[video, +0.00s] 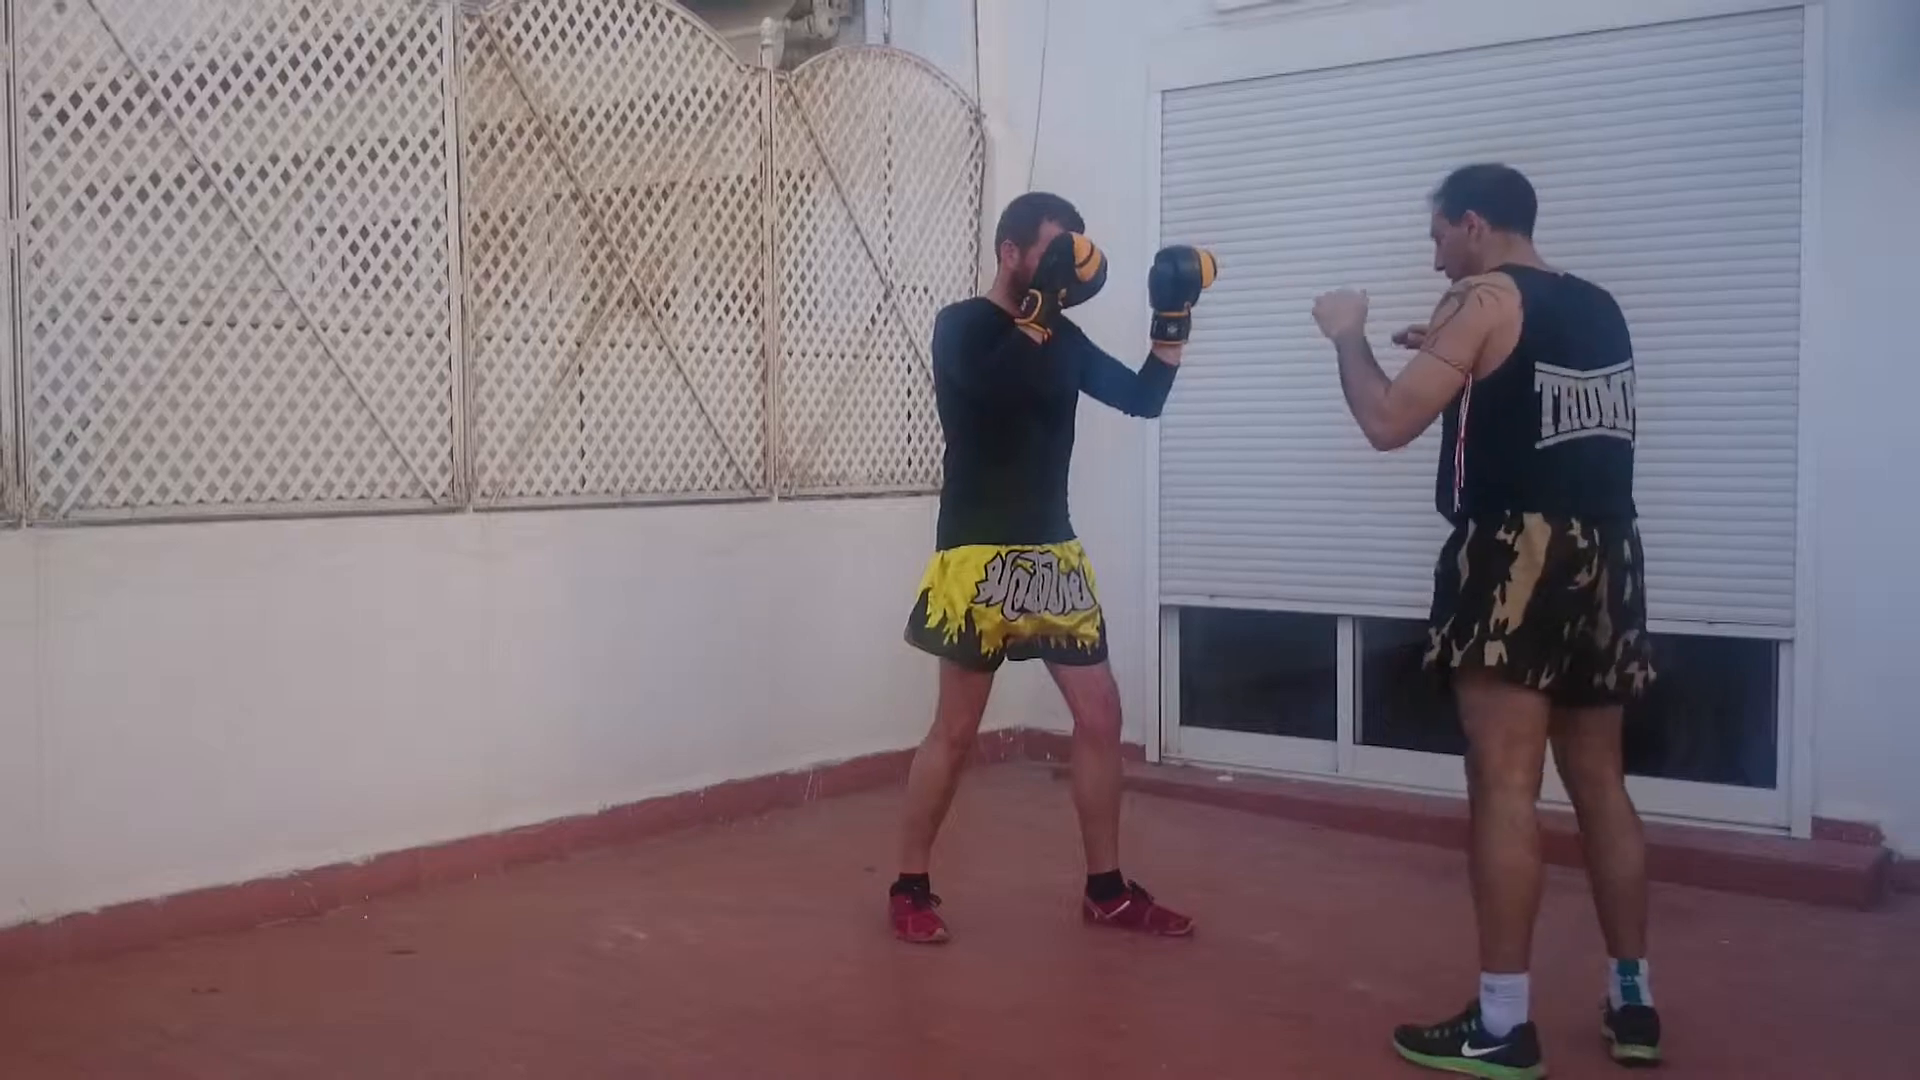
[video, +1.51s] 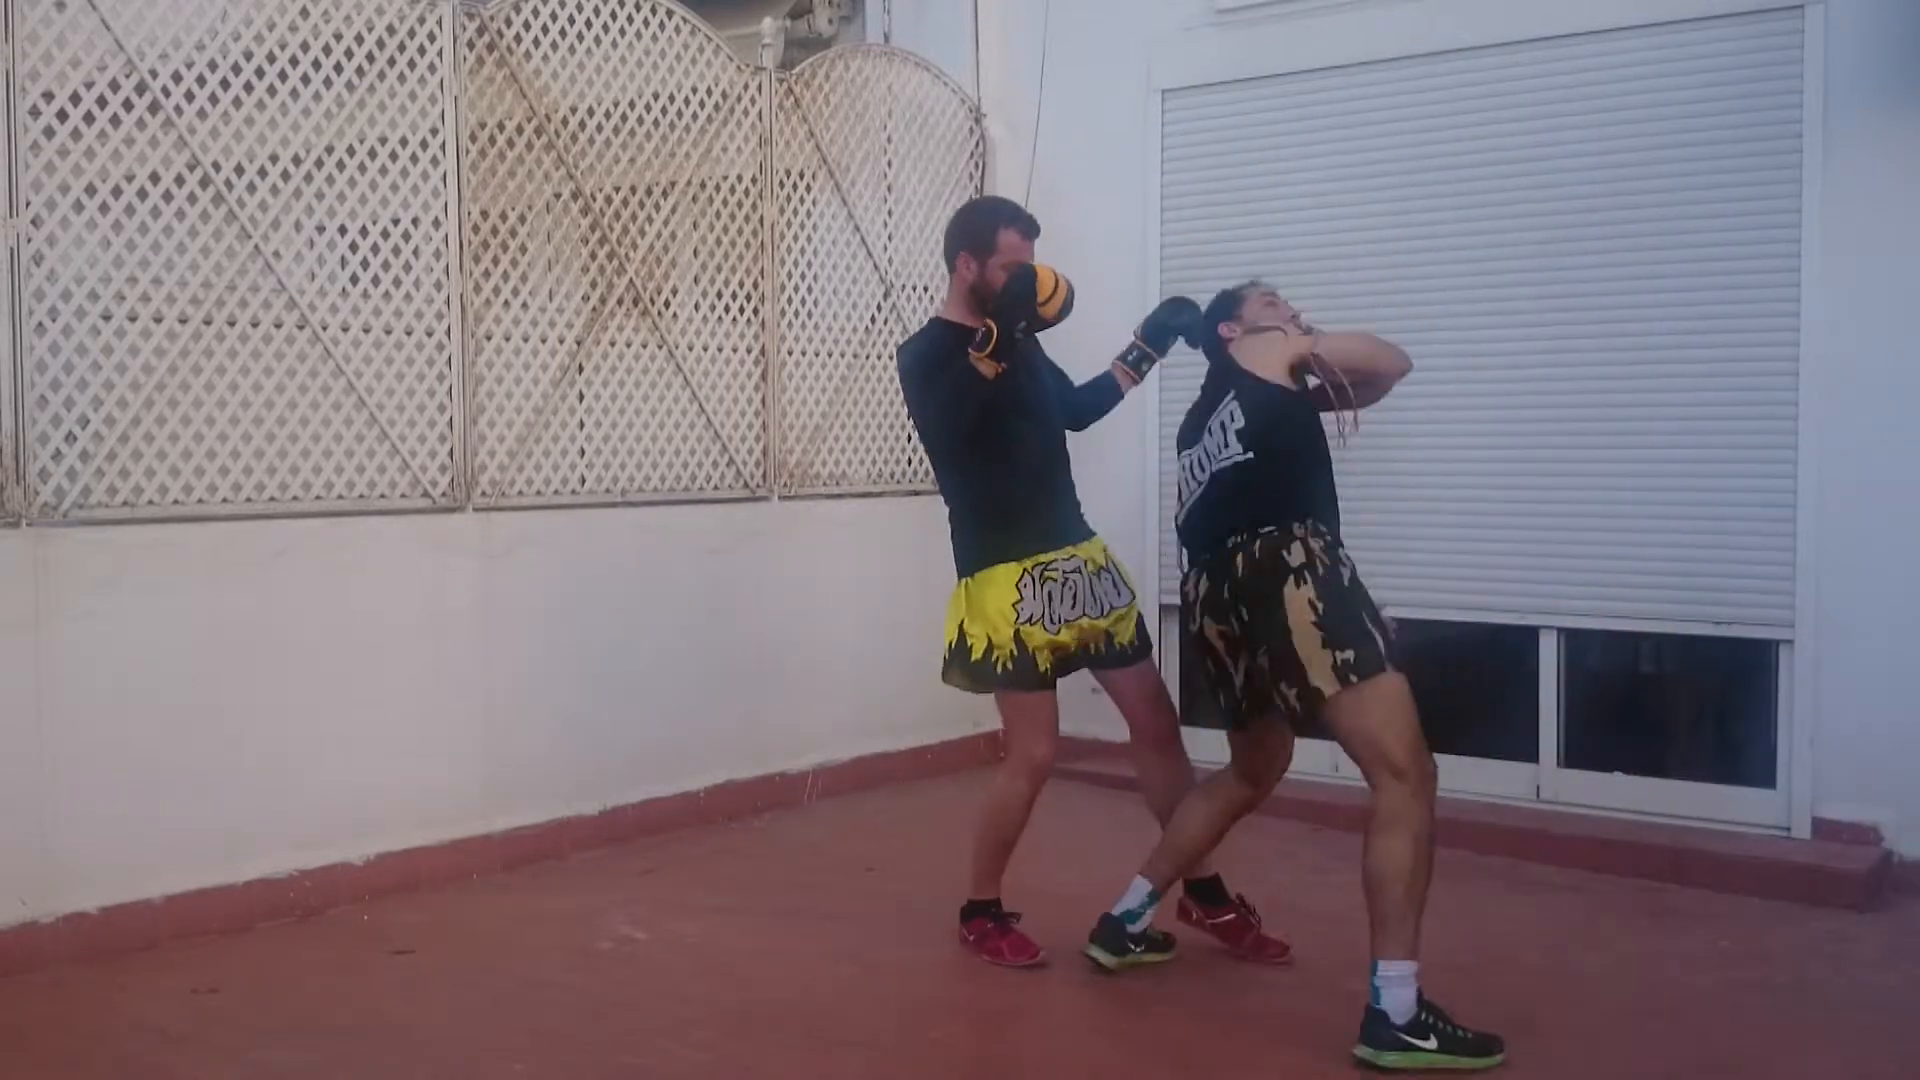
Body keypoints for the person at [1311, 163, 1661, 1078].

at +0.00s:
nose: (1440, 252)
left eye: (1442, 236)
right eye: (1438, 238)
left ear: (1473, 225)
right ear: (1522, 225)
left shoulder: (1488, 301)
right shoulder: (1599, 305)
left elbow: (1389, 420)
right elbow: (1541, 405)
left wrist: (1348, 335)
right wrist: (1460, 339)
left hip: (1513, 564)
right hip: (1605, 566)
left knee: (1504, 787)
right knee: (1601, 784)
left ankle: (1499, 1023)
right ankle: (1633, 1004)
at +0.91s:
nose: (1409, 316)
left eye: (1408, 303)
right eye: (1406, 306)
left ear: (1434, 285)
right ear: (1489, 285)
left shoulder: (1442, 333)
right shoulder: (1567, 346)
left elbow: (1341, 447)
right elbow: (1530, 444)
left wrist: (1331, 366)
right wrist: (1417, 378)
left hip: (1488, 573)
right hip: (1595, 588)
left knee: (1364, 745)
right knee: (1595, 791)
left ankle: (1371, 973)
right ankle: (1639, 1003)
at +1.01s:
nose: (1371, 374)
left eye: (1373, 363)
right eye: (1373, 364)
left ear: (1393, 351)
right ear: (1451, 346)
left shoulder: (1385, 393)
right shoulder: (1531, 382)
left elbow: (1279, 496)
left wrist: (1290, 428)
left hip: (1465, 589)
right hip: (1581, 591)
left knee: (1328, 753)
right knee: (1613, 794)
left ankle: (1236, 938)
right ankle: (1641, 1004)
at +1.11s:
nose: (1319, 431)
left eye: (1319, 422)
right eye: (1321, 422)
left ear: (1339, 412)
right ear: (1400, 401)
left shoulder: (1329, 456)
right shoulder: (1472, 417)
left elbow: (1218, 552)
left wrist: (1256, 497)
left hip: (1423, 615)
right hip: (1544, 604)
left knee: (1295, 769)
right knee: (1607, 794)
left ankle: (1173, 925)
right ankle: (1644, 1003)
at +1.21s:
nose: (1254, 464)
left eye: (1254, 452)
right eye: (1257, 453)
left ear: (1270, 448)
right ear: (1326, 430)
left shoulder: (1257, 489)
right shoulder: (1394, 433)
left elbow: (1167, 591)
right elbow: (1423, 515)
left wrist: (1161, 602)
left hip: (1354, 605)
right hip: (1470, 587)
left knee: (1255, 782)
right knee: (1563, 795)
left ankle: (1158, 930)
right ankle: (1640, 997)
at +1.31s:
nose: (1213, 468)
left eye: (1213, 461)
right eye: (1212, 460)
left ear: (1226, 455)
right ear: (1281, 432)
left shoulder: (1217, 494)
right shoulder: (1346, 435)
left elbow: (1146, 608)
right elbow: (1411, 525)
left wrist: (1145, 645)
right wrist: (1400, 597)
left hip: (1280, 593)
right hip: (1393, 580)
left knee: (1215, 750)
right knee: (1511, 787)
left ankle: (1149, 928)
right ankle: (1573, 1001)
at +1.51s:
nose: (1294, 310)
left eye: (1289, 301)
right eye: (1276, 300)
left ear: (1223, 345)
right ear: (1232, 326)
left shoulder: (1198, 427)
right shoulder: (1263, 350)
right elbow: (1390, 361)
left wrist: (1316, 385)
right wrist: (1318, 361)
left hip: (1220, 593)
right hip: (1294, 572)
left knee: (1252, 769)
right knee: (1405, 774)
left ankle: (1123, 922)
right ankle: (1396, 1013)